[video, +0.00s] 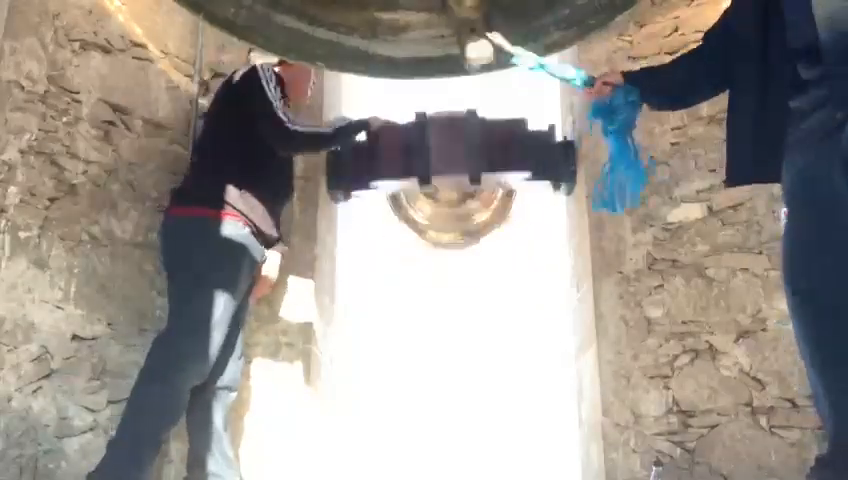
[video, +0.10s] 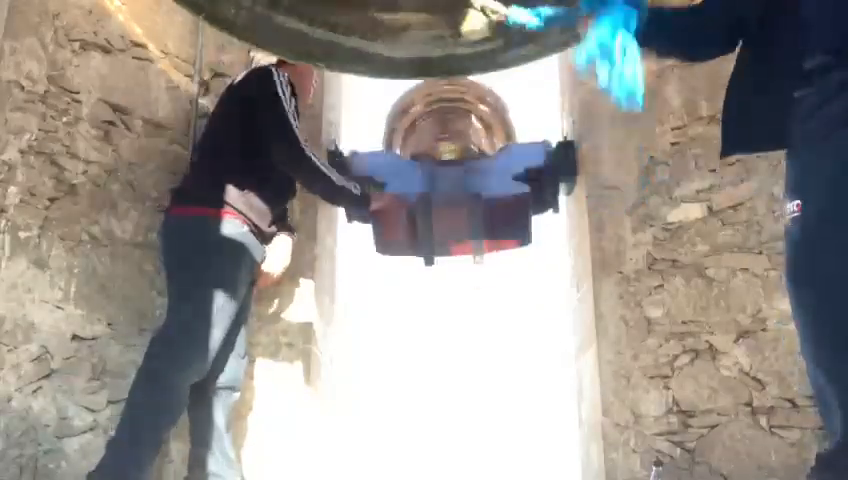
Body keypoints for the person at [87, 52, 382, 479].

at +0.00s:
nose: (312, 88)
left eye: (315, 81)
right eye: (309, 77)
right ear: (289, 65)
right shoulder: (258, 76)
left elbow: (261, 189)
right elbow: (282, 136)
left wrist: (268, 250)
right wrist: (357, 128)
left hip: (241, 241)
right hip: (215, 227)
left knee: (221, 377)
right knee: (188, 358)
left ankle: (215, 471)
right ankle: (118, 470)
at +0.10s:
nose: (318, 84)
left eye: (320, 74)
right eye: (316, 71)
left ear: (290, 65)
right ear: (297, 63)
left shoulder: (274, 99)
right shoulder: (267, 81)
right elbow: (292, 154)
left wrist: (279, 234)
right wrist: (361, 199)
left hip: (239, 240)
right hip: (216, 228)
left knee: (223, 378)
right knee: (184, 357)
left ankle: (217, 471)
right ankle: (119, 471)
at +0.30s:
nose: (312, 84)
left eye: (313, 80)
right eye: (311, 74)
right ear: (298, 64)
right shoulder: (269, 78)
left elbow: (258, 199)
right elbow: (319, 146)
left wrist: (306, 191)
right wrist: (375, 219)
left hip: (241, 243)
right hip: (210, 226)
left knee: (217, 379)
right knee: (177, 355)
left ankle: (215, 472)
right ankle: (116, 470)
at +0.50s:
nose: (304, 64)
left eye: (308, 57)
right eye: (301, 54)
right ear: (284, 50)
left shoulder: (286, 102)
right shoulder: (261, 73)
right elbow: (296, 152)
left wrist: (322, 136)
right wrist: (347, 222)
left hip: (248, 239)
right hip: (216, 225)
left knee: (221, 380)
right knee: (187, 358)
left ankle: (216, 473)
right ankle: (118, 470)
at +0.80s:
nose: (308, 62)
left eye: (310, 54)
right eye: (304, 50)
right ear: (283, 41)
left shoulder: (276, 91)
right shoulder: (257, 66)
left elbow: (316, 155)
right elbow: (289, 144)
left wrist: (368, 124)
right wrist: (352, 162)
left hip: (251, 237)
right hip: (220, 222)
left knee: (224, 378)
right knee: (187, 357)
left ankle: (215, 473)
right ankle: (117, 470)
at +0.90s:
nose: (306, 61)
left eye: (309, 54)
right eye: (303, 50)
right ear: (285, 43)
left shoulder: (276, 102)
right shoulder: (257, 67)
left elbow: (310, 178)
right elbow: (304, 131)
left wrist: (369, 163)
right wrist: (365, 128)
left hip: (251, 238)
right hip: (220, 222)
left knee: (225, 376)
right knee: (188, 357)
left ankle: (215, 473)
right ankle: (119, 470)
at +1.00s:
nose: (303, 61)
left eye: (304, 57)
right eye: (297, 53)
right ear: (275, 43)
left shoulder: (273, 119)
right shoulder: (255, 67)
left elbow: (307, 188)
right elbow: (324, 111)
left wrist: (373, 206)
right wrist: (372, 84)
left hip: (250, 241)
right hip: (216, 218)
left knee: (225, 380)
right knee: (186, 352)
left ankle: (216, 474)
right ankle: (117, 470)